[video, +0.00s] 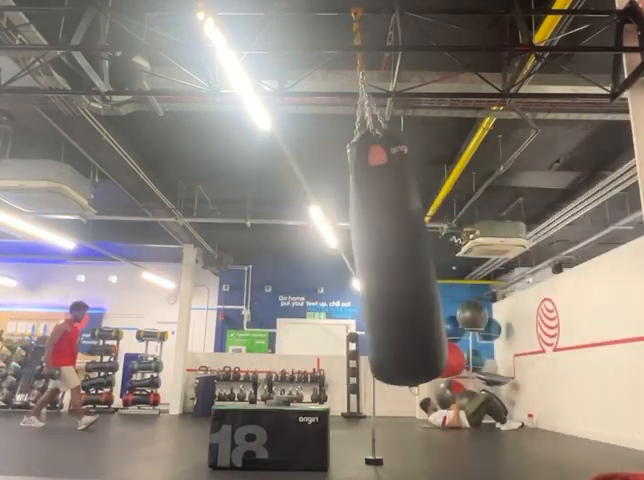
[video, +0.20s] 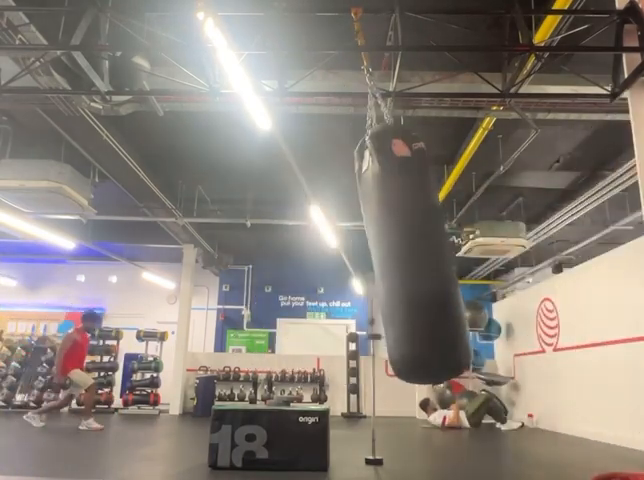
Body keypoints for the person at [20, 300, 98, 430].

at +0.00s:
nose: (83, 315)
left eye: (84, 312)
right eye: (82, 312)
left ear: (81, 313)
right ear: (74, 311)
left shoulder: (76, 328)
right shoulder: (62, 326)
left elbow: (71, 347)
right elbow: (49, 344)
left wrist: (73, 365)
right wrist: (48, 365)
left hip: (68, 364)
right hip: (61, 364)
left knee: (52, 391)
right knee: (75, 387)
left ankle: (31, 416)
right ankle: (81, 418)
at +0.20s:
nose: (94, 327)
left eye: (95, 324)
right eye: (93, 323)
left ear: (91, 323)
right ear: (86, 322)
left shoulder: (85, 337)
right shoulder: (72, 336)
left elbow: (80, 356)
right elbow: (60, 354)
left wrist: (82, 370)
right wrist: (59, 374)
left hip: (78, 369)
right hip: (69, 368)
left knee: (64, 402)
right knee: (91, 386)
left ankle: (34, 414)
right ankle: (87, 420)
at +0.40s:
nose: (98, 338)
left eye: (99, 335)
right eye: (97, 335)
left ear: (96, 334)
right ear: (92, 332)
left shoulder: (89, 346)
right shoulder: (78, 345)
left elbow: (83, 364)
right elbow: (66, 362)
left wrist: (87, 375)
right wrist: (66, 381)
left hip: (82, 377)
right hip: (73, 377)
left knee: (66, 410)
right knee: (95, 388)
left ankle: (37, 413)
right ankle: (89, 420)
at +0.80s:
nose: (103, 349)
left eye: (105, 346)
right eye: (103, 345)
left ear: (99, 344)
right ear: (96, 342)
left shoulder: (91, 354)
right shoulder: (78, 352)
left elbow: (85, 375)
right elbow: (69, 373)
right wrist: (75, 394)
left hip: (80, 385)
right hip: (72, 385)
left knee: (67, 418)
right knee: (98, 388)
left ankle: (40, 412)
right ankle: (88, 420)